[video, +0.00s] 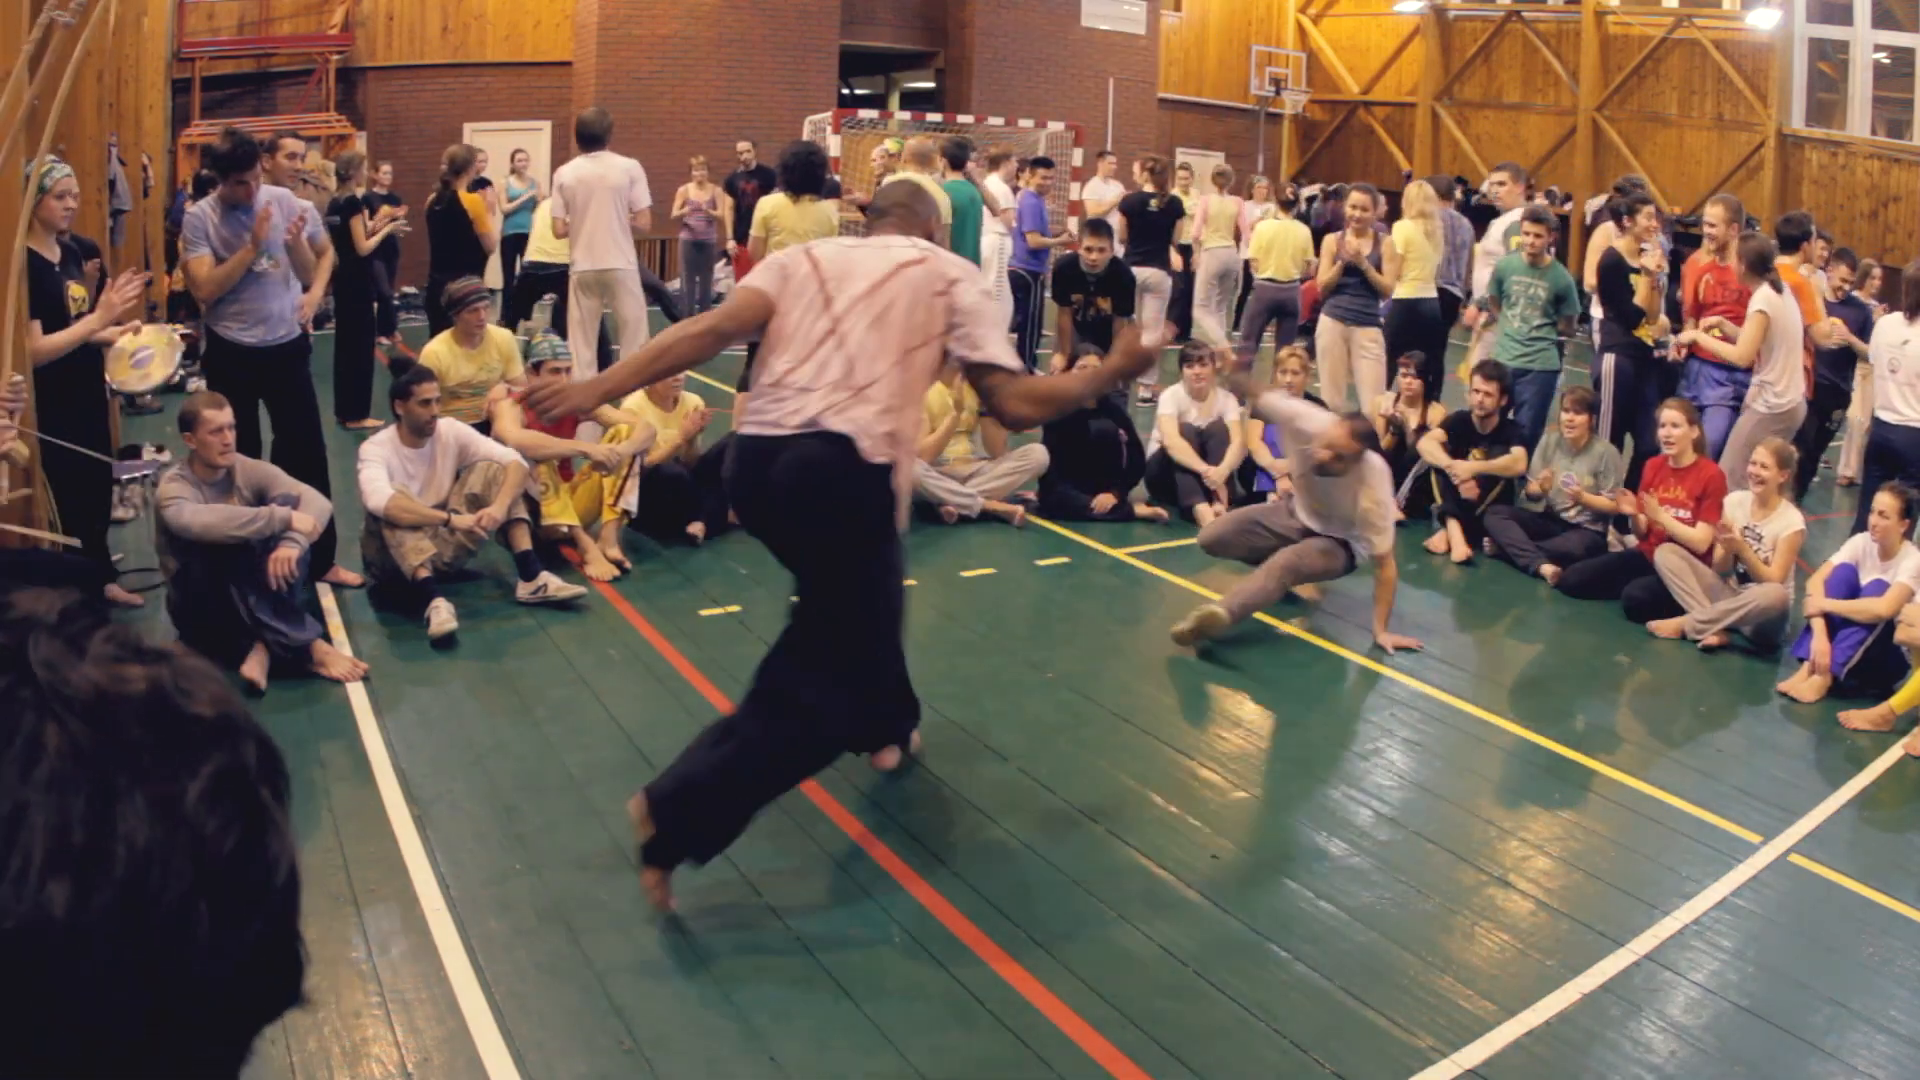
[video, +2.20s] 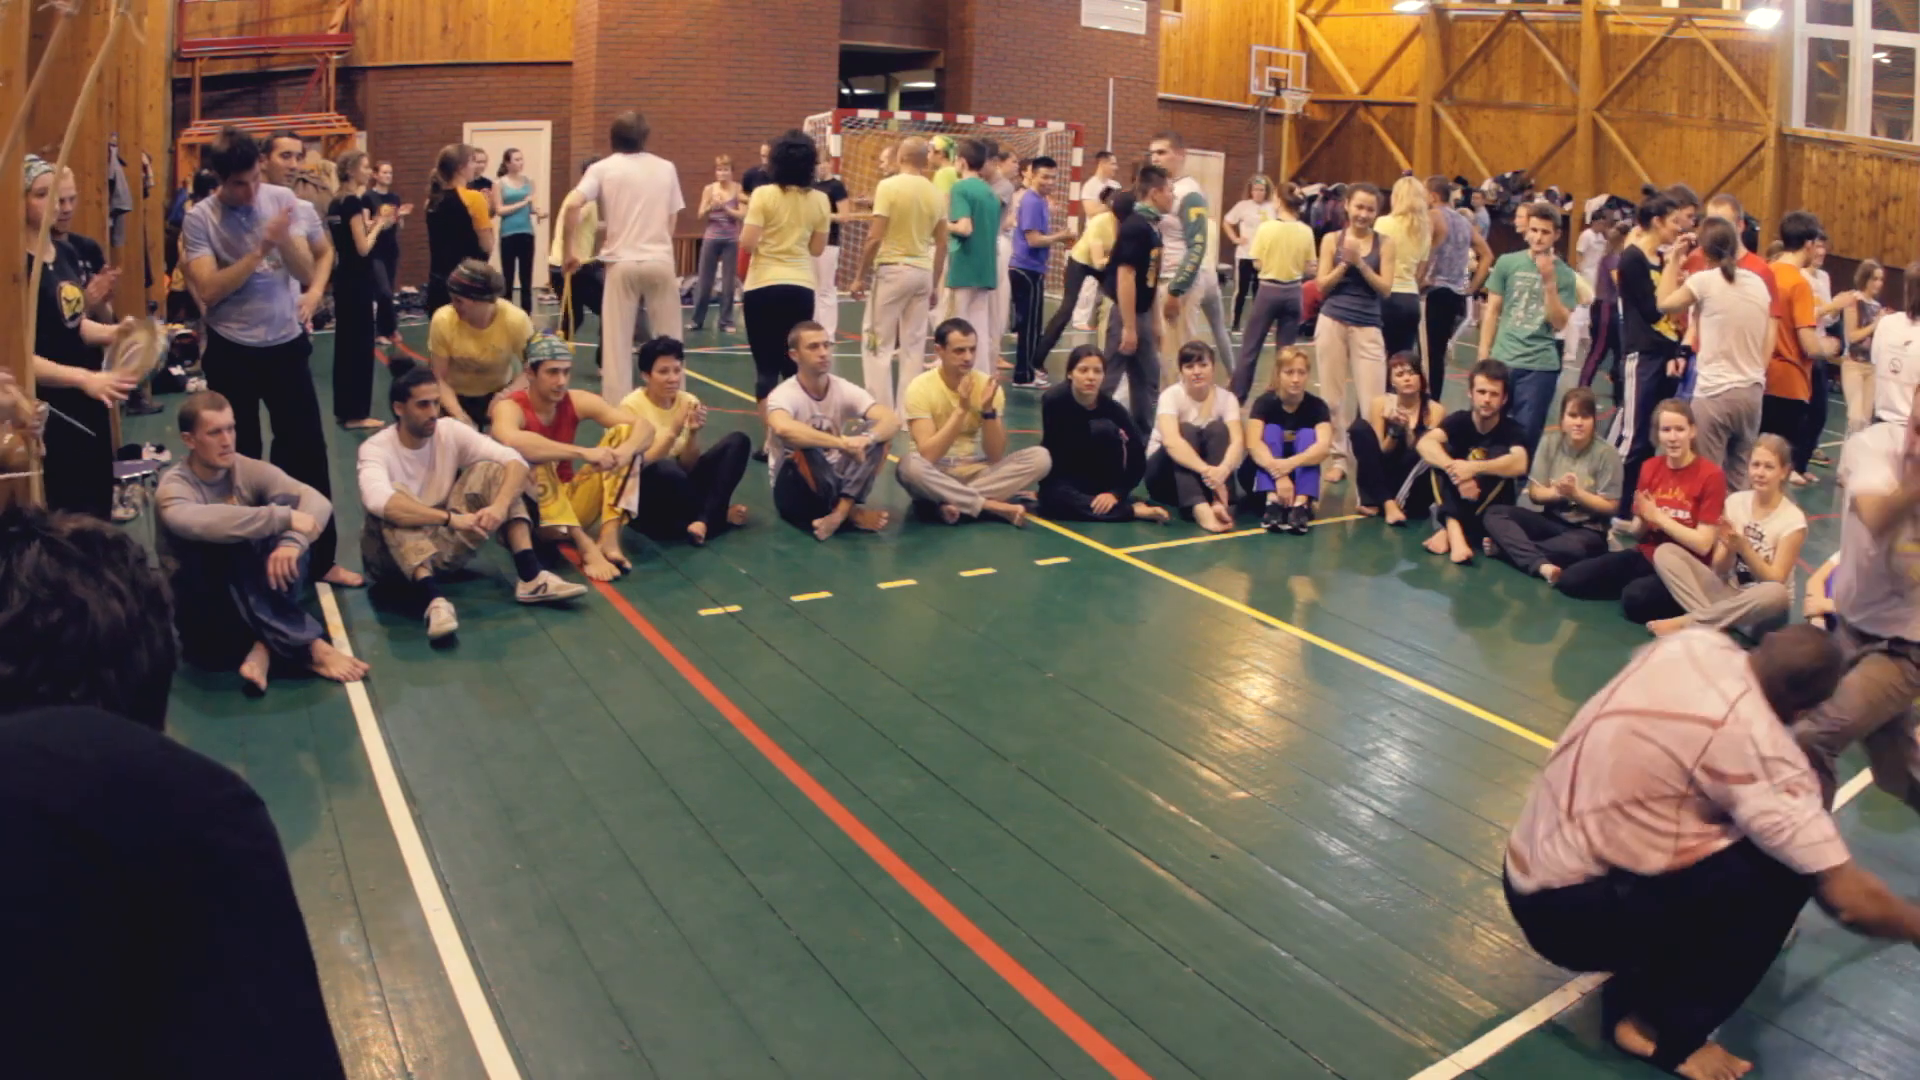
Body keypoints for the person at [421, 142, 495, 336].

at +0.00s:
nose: (478, 168)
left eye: (478, 162)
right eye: (476, 163)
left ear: (448, 166)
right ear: (469, 168)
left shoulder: (432, 201)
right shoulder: (473, 201)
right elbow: (490, 245)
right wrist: (493, 211)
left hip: (437, 282)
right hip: (467, 284)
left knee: (439, 346)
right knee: (465, 346)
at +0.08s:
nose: (480, 167)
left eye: (480, 162)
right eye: (478, 163)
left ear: (450, 166)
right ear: (471, 168)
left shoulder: (433, 201)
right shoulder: (476, 200)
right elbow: (491, 245)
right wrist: (496, 211)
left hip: (438, 283)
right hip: (469, 284)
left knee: (439, 345)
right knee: (467, 344)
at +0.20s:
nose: (481, 167)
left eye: (481, 162)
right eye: (479, 163)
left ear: (451, 166)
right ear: (472, 169)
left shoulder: (436, 201)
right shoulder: (480, 202)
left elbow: (438, 241)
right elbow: (488, 245)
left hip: (441, 279)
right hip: (470, 280)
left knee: (441, 339)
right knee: (469, 338)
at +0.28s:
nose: (484, 167)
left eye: (484, 163)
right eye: (482, 163)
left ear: (454, 165)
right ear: (474, 168)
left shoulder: (437, 200)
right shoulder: (480, 201)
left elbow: (440, 238)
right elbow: (494, 247)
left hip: (442, 278)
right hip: (472, 279)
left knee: (442, 338)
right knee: (471, 338)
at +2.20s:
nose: (476, 166)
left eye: (476, 161)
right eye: (473, 162)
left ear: (445, 167)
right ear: (463, 167)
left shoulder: (432, 200)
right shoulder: (474, 198)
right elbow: (487, 245)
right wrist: (486, 210)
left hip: (438, 280)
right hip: (467, 280)